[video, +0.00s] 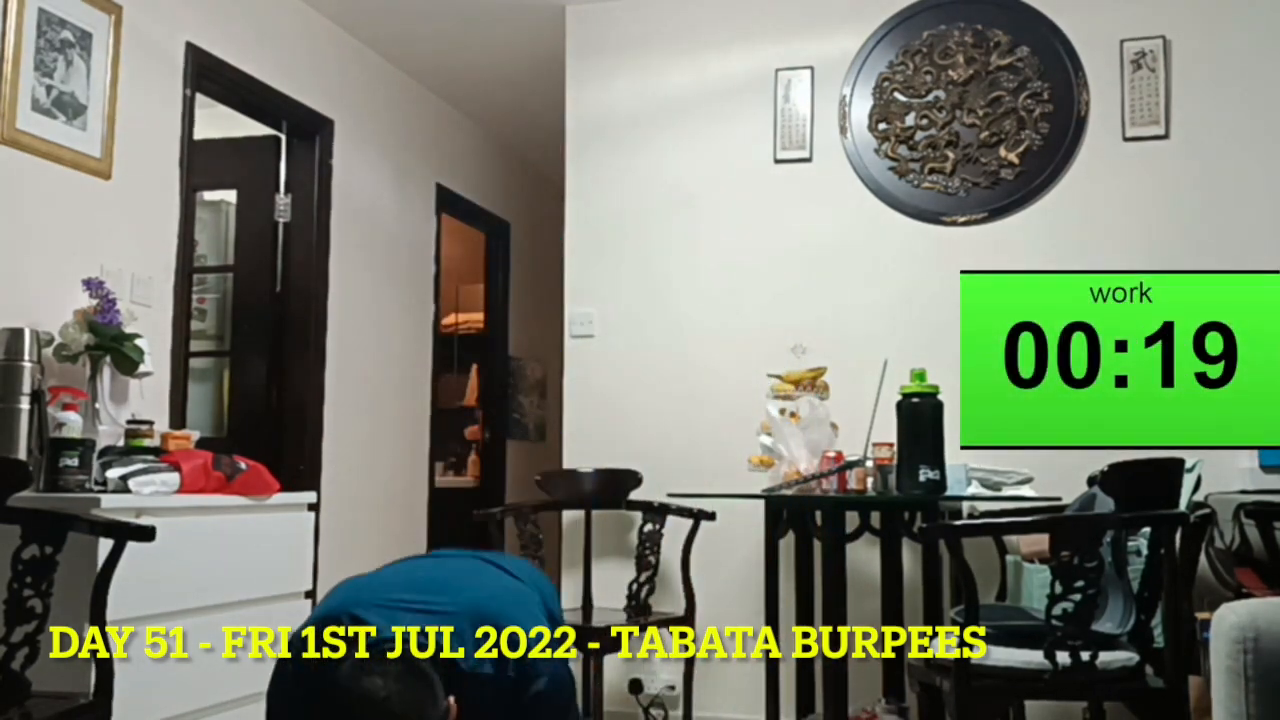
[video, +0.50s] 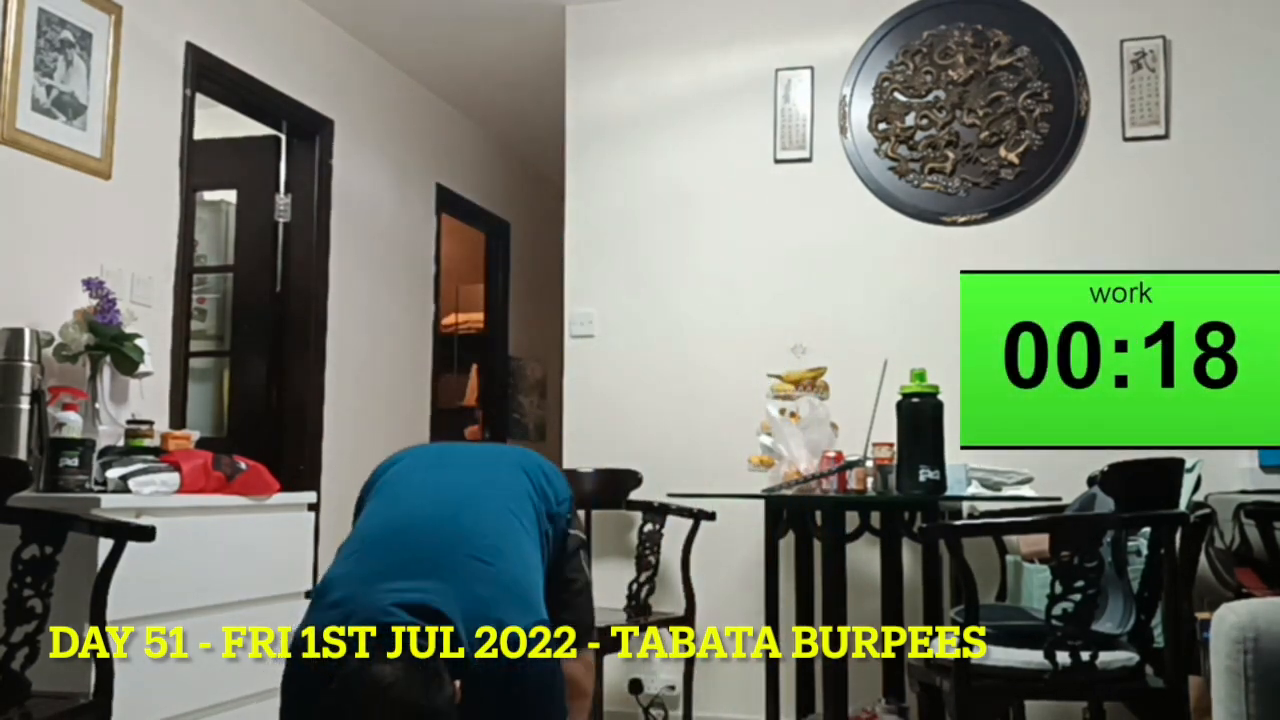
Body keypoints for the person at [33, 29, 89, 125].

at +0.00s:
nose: (66, 51)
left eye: (69, 48)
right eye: (63, 48)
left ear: (74, 49)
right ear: (60, 50)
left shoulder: (79, 65)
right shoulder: (61, 60)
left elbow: (70, 89)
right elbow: (57, 81)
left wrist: (49, 83)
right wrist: (49, 101)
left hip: (80, 102)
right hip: (63, 95)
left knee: (64, 98)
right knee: (48, 88)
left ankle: (70, 120)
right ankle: (61, 117)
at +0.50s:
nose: (66, 51)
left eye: (69, 48)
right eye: (63, 48)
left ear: (74, 49)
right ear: (60, 50)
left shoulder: (79, 65)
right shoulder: (61, 60)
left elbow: (70, 89)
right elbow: (57, 81)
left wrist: (49, 83)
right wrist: (49, 101)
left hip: (80, 102)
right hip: (63, 95)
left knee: (64, 98)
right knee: (47, 88)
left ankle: (70, 120)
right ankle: (61, 117)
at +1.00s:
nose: (66, 51)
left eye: (69, 48)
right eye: (63, 48)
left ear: (74, 49)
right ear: (61, 50)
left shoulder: (79, 66)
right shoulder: (61, 60)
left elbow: (70, 89)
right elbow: (57, 81)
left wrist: (49, 82)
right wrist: (49, 100)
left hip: (80, 102)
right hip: (63, 95)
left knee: (64, 98)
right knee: (48, 88)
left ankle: (70, 120)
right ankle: (61, 116)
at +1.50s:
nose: (65, 50)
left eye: (68, 47)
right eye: (63, 47)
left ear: (74, 49)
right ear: (60, 49)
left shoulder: (78, 65)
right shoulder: (61, 60)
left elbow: (69, 89)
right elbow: (56, 80)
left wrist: (49, 83)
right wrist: (49, 101)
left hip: (79, 101)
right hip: (63, 94)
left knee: (63, 98)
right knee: (47, 88)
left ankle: (69, 119)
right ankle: (61, 116)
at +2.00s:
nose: (66, 51)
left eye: (69, 48)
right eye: (63, 48)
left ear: (74, 49)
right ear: (60, 50)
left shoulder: (79, 66)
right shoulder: (61, 60)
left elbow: (69, 89)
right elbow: (56, 80)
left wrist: (49, 82)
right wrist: (49, 101)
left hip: (79, 102)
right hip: (63, 94)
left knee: (64, 98)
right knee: (48, 88)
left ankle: (69, 119)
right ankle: (60, 116)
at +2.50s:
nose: (66, 53)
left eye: (69, 48)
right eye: (63, 50)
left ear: (74, 49)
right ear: (60, 51)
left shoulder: (79, 66)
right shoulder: (61, 60)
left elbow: (69, 89)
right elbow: (57, 81)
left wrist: (49, 82)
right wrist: (49, 101)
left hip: (78, 102)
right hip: (62, 95)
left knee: (64, 98)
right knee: (47, 88)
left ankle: (70, 120)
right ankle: (60, 116)